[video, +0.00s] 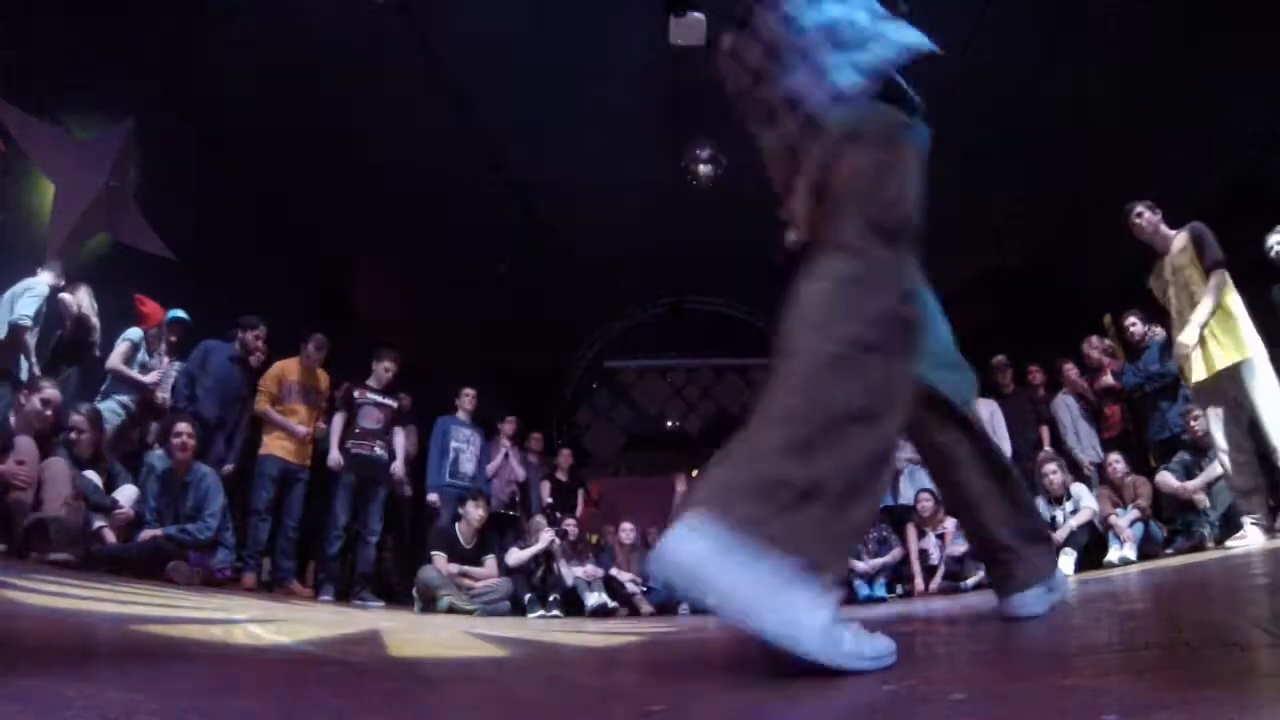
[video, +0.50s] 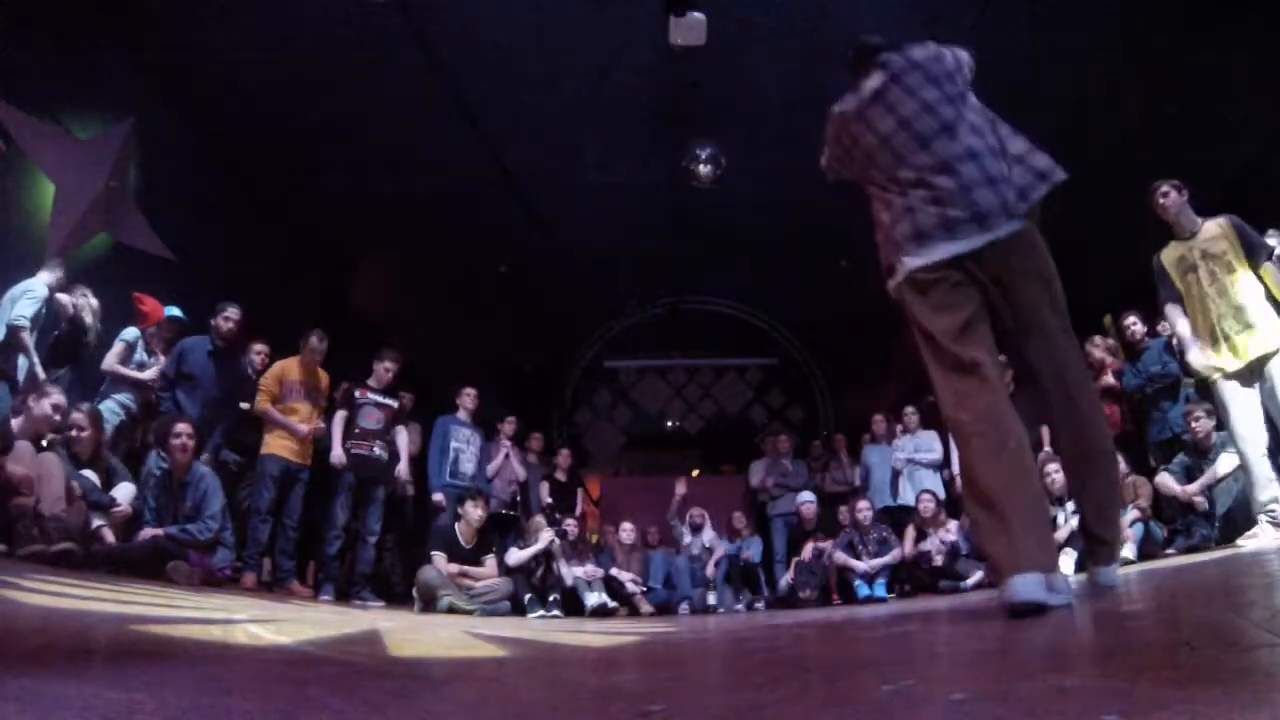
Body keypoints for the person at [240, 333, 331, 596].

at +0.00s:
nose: (315, 360)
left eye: (320, 356)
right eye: (312, 353)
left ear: (324, 356)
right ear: (304, 349)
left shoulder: (323, 379)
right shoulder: (281, 368)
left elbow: (319, 412)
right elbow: (261, 405)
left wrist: (320, 425)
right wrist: (292, 427)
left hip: (301, 455)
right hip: (275, 448)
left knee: (291, 519)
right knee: (261, 511)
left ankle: (285, 574)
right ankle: (251, 568)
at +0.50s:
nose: (314, 359)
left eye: (319, 355)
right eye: (311, 353)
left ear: (324, 355)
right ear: (303, 348)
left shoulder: (323, 378)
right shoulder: (281, 368)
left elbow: (318, 411)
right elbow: (261, 403)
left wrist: (318, 424)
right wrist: (293, 426)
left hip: (302, 453)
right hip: (276, 448)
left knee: (291, 518)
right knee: (262, 511)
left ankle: (285, 575)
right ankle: (251, 569)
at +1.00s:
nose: (321, 348)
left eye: (324, 344)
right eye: (316, 342)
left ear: (327, 348)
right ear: (304, 343)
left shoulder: (325, 381)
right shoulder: (283, 369)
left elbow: (324, 414)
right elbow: (263, 403)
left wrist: (319, 424)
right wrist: (294, 424)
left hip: (306, 453)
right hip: (278, 447)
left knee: (294, 518)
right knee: (264, 511)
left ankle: (286, 575)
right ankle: (251, 569)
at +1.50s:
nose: (321, 348)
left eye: (325, 344)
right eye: (317, 342)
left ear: (327, 349)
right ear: (305, 343)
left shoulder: (327, 382)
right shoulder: (283, 370)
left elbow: (326, 415)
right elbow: (263, 404)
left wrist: (320, 423)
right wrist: (292, 420)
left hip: (307, 454)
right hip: (279, 447)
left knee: (295, 518)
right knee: (264, 510)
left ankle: (286, 573)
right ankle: (251, 568)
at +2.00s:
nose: (322, 346)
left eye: (326, 342)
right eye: (318, 340)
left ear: (328, 348)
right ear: (305, 342)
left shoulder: (327, 383)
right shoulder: (284, 369)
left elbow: (328, 416)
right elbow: (265, 403)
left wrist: (320, 424)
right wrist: (296, 420)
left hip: (308, 454)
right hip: (280, 447)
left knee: (296, 518)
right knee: (266, 510)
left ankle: (286, 574)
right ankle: (251, 568)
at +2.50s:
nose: (324, 348)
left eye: (327, 344)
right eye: (320, 342)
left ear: (329, 350)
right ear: (307, 343)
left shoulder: (328, 385)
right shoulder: (285, 370)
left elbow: (325, 420)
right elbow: (266, 404)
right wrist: (297, 420)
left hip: (309, 453)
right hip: (281, 446)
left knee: (296, 518)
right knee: (266, 509)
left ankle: (286, 574)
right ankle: (251, 568)